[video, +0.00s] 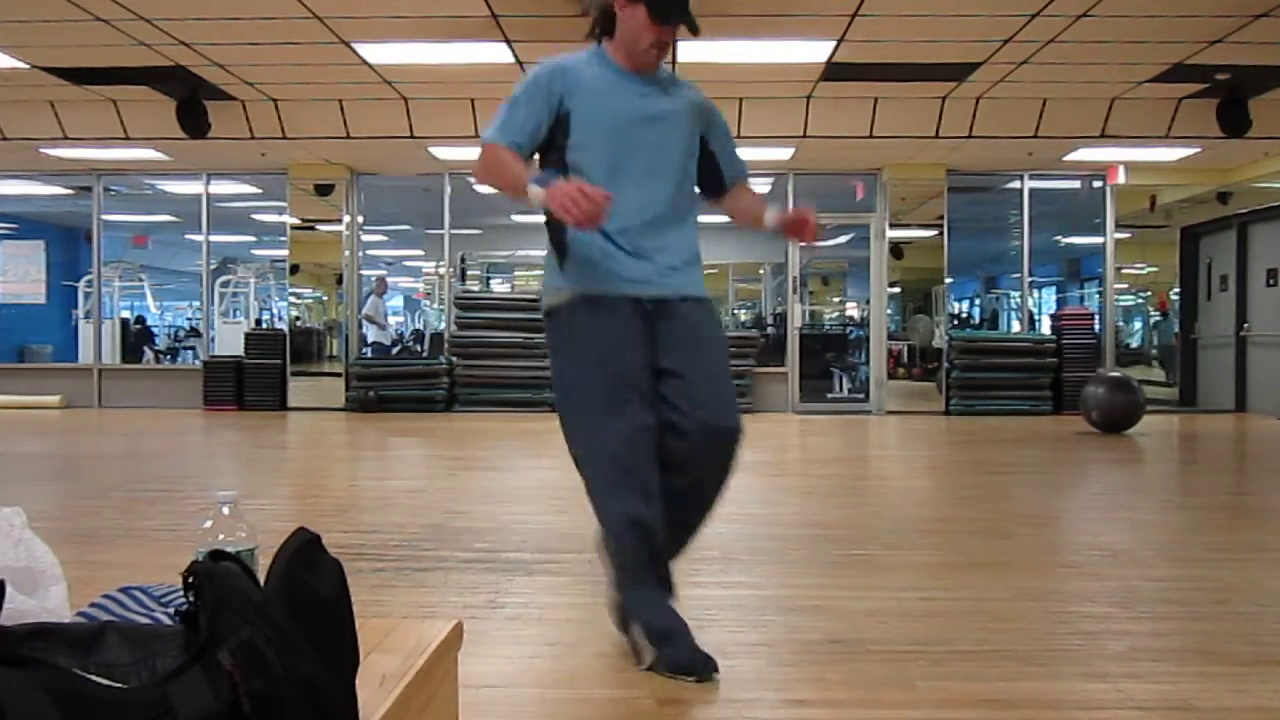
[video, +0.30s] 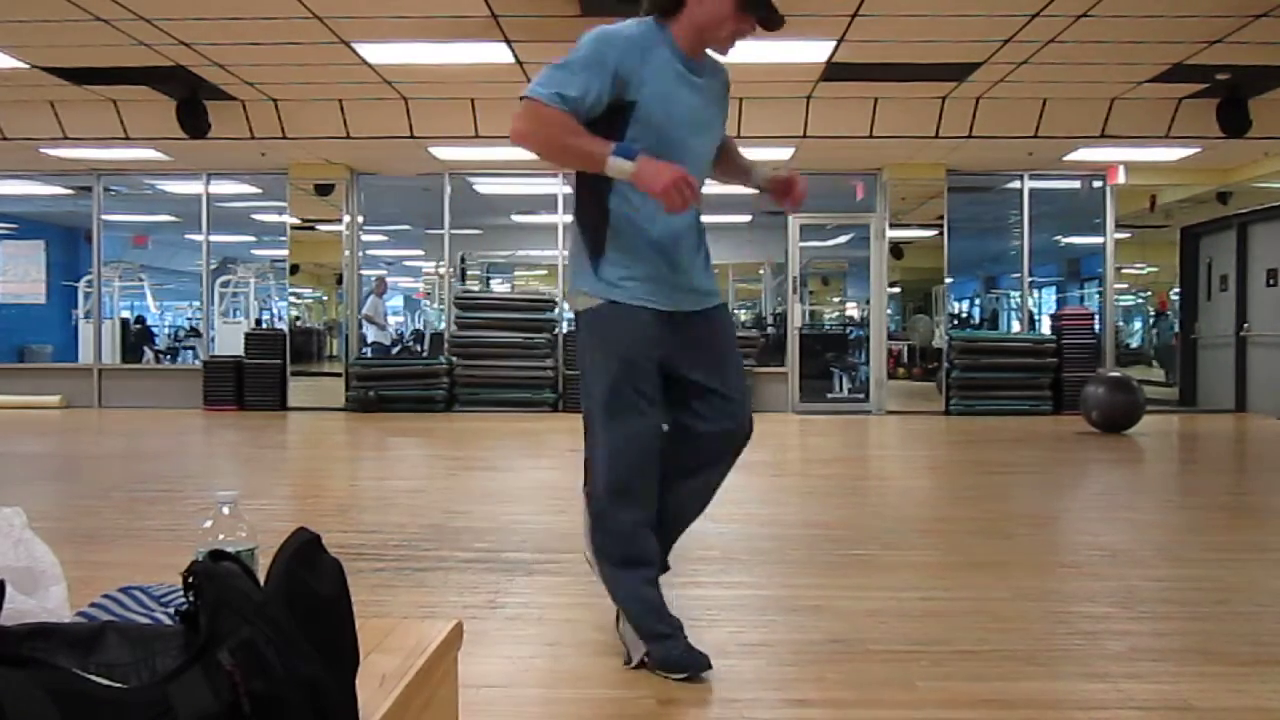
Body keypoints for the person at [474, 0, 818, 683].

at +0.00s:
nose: (669, 39)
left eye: (677, 27)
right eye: (659, 23)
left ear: (684, 25)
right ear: (620, 9)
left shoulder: (691, 105)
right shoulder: (559, 79)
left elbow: (734, 194)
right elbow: (492, 158)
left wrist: (773, 218)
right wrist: (542, 189)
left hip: (680, 292)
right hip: (591, 293)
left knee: (712, 427)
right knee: (620, 453)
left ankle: (635, 567)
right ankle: (663, 634)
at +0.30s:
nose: (746, 29)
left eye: (752, 20)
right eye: (744, 13)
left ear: (719, 13)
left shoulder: (713, 76)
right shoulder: (616, 46)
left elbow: (711, 150)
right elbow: (529, 123)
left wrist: (761, 180)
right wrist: (632, 166)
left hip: (690, 288)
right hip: (615, 287)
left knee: (723, 421)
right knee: (627, 450)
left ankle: (628, 545)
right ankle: (646, 620)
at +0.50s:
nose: (752, 45)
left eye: (756, 34)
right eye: (751, 28)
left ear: (714, 18)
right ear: (717, 13)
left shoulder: (694, 99)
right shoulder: (648, 74)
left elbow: (721, 191)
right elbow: (602, 178)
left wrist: (801, 192)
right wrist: (717, 220)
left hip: (684, 310)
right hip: (664, 312)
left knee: (685, 449)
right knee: (723, 449)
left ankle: (638, 584)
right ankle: (667, 629)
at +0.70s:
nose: (776, 20)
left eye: (781, 12)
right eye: (776, 7)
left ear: (752, 6)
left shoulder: (709, 54)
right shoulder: (687, 33)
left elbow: (669, 161)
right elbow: (663, 137)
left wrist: (727, 194)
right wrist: (772, 155)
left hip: (704, 282)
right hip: (662, 279)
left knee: (743, 423)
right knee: (680, 447)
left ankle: (665, 569)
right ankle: (658, 630)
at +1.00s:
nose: (803, 36)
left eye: (810, 26)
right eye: (802, 18)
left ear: (767, 11)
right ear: (765, 3)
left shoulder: (740, 73)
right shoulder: (705, 56)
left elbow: (702, 172)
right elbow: (661, 165)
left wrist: (761, 186)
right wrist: (733, 257)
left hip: (713, 294)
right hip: (679, 294)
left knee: (754, 441)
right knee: (693, 450)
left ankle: (747, 603)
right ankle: (618, 618)